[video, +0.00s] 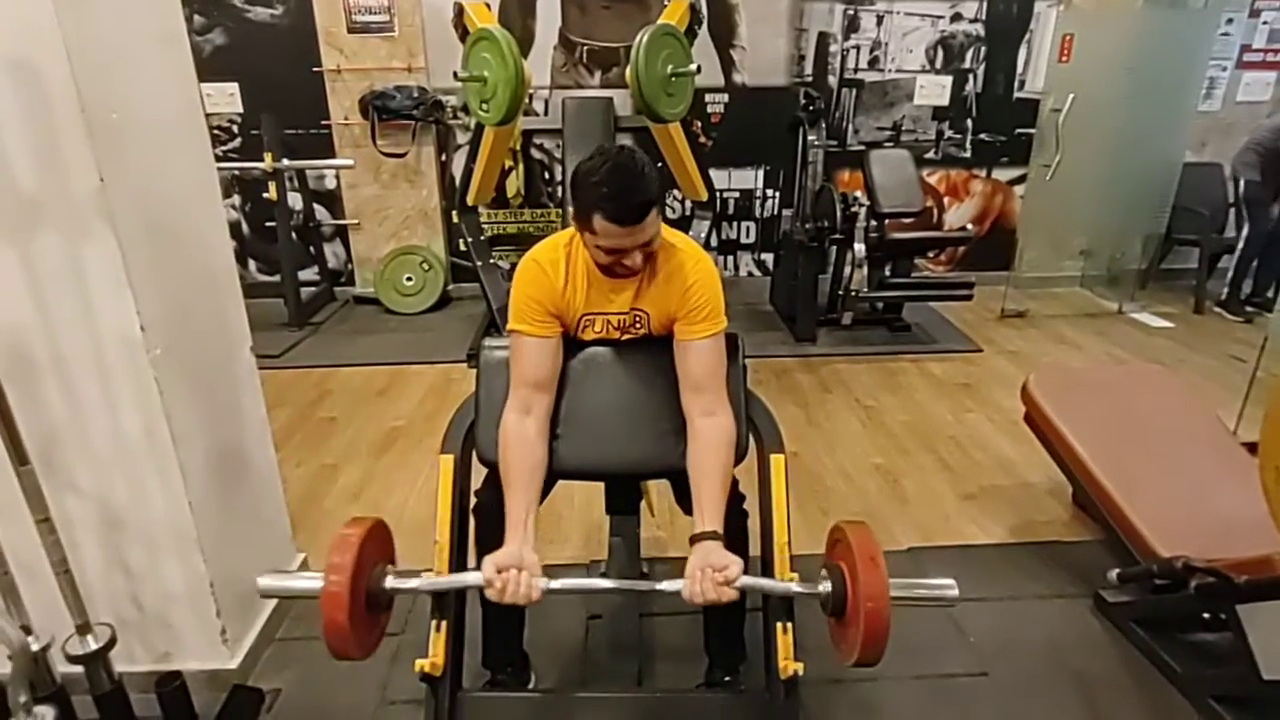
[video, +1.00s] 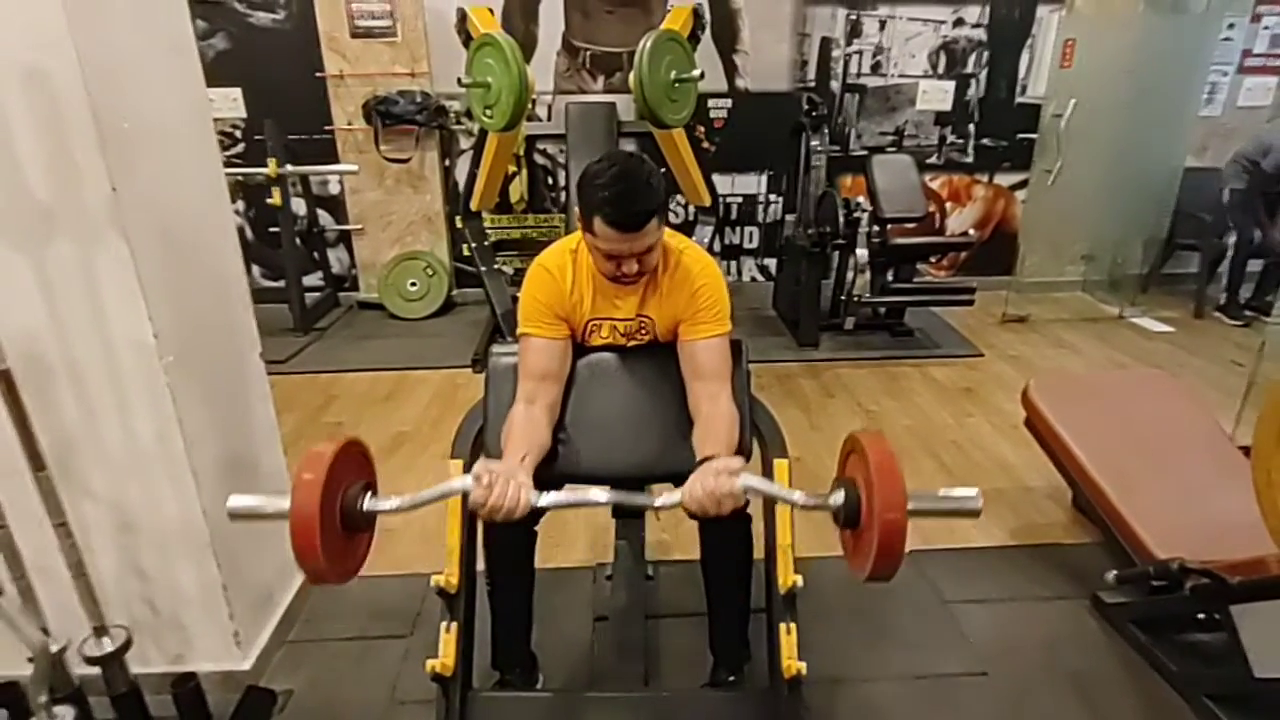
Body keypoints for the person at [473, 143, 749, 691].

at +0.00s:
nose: (633, 261)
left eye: (645, 244)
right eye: (612, 251)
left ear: (658, 216)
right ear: (579, 226)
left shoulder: (691, 272)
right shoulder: (541, 273)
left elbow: (708, 410)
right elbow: (527, 407)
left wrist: (709, 537)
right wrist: (518, 540)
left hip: (662, 410)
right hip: (567, 409)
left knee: (728, 509)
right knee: (491, 510)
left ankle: (726, 671)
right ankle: (506, 671)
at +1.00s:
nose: (629, 268)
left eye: (643, 252)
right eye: (612, 255)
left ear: (662, 223)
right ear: (585, 229)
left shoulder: (696, 274)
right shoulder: (551, 274)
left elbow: (711, 383)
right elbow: (535, 394)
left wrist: (716, 460)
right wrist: (513, 468)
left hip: (670, 424)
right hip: (573, 426)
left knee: (724, 489)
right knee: (502, 489)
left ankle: (730, 669)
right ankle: (513, 670)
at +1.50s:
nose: (614, 280)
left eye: (629, 266)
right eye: (598, 266)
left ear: (654, 236)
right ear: (578, 237)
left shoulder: (697, 279)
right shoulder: (550, 281)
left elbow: (710, 429)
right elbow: (539, 433)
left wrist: (712, 390)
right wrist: (517, 387)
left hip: (669, 422)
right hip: (576, 421)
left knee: (726, 518)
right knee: (504, 517)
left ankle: (731, 675)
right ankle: (515, 679)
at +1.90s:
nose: (615, 261)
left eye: (630, 243)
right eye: (597, 245)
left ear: (655, 224)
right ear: (577, 231)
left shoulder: (690, 277)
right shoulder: (555, 281)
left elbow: (708, 427)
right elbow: (540, 431)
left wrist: (706, 322)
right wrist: (525, 321)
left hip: (668, 418)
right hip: (576, 418)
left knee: (724, 515)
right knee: (505, 519)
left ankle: (730, 680)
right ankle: (515, 680)